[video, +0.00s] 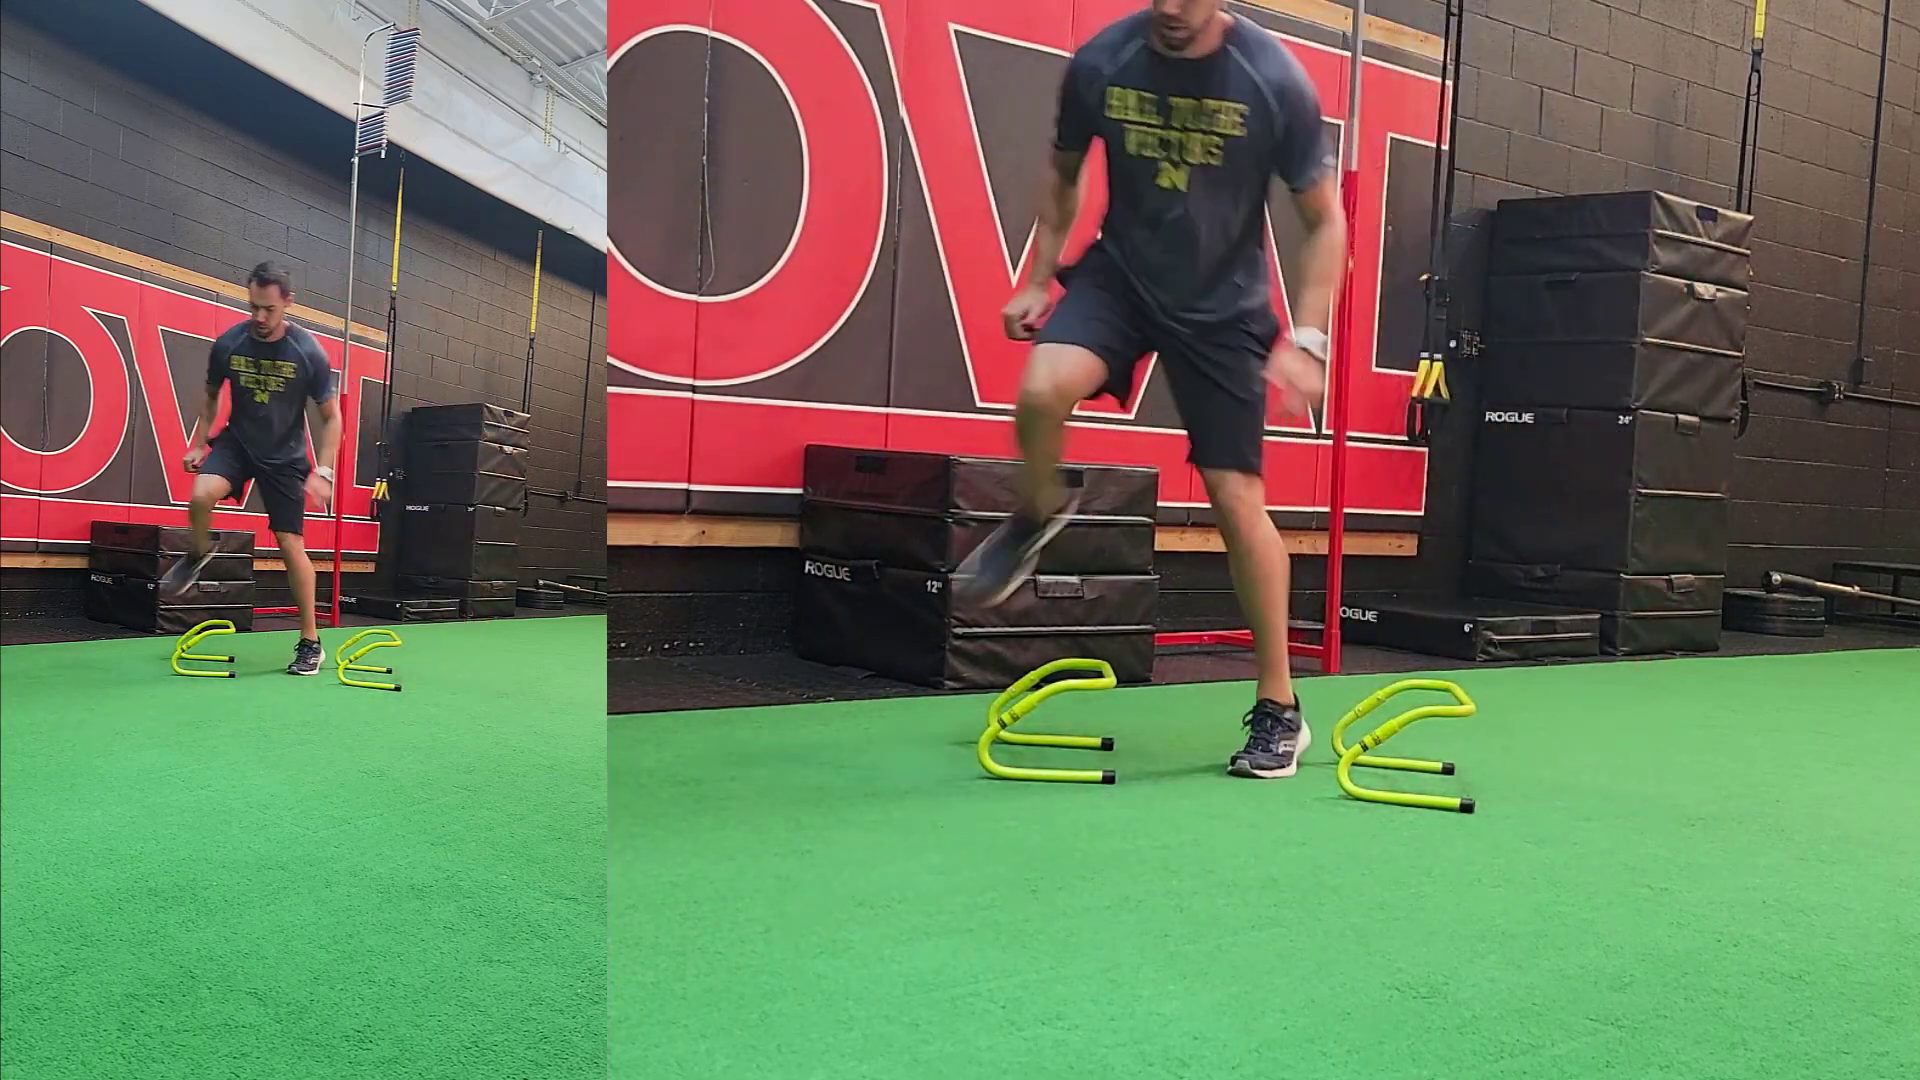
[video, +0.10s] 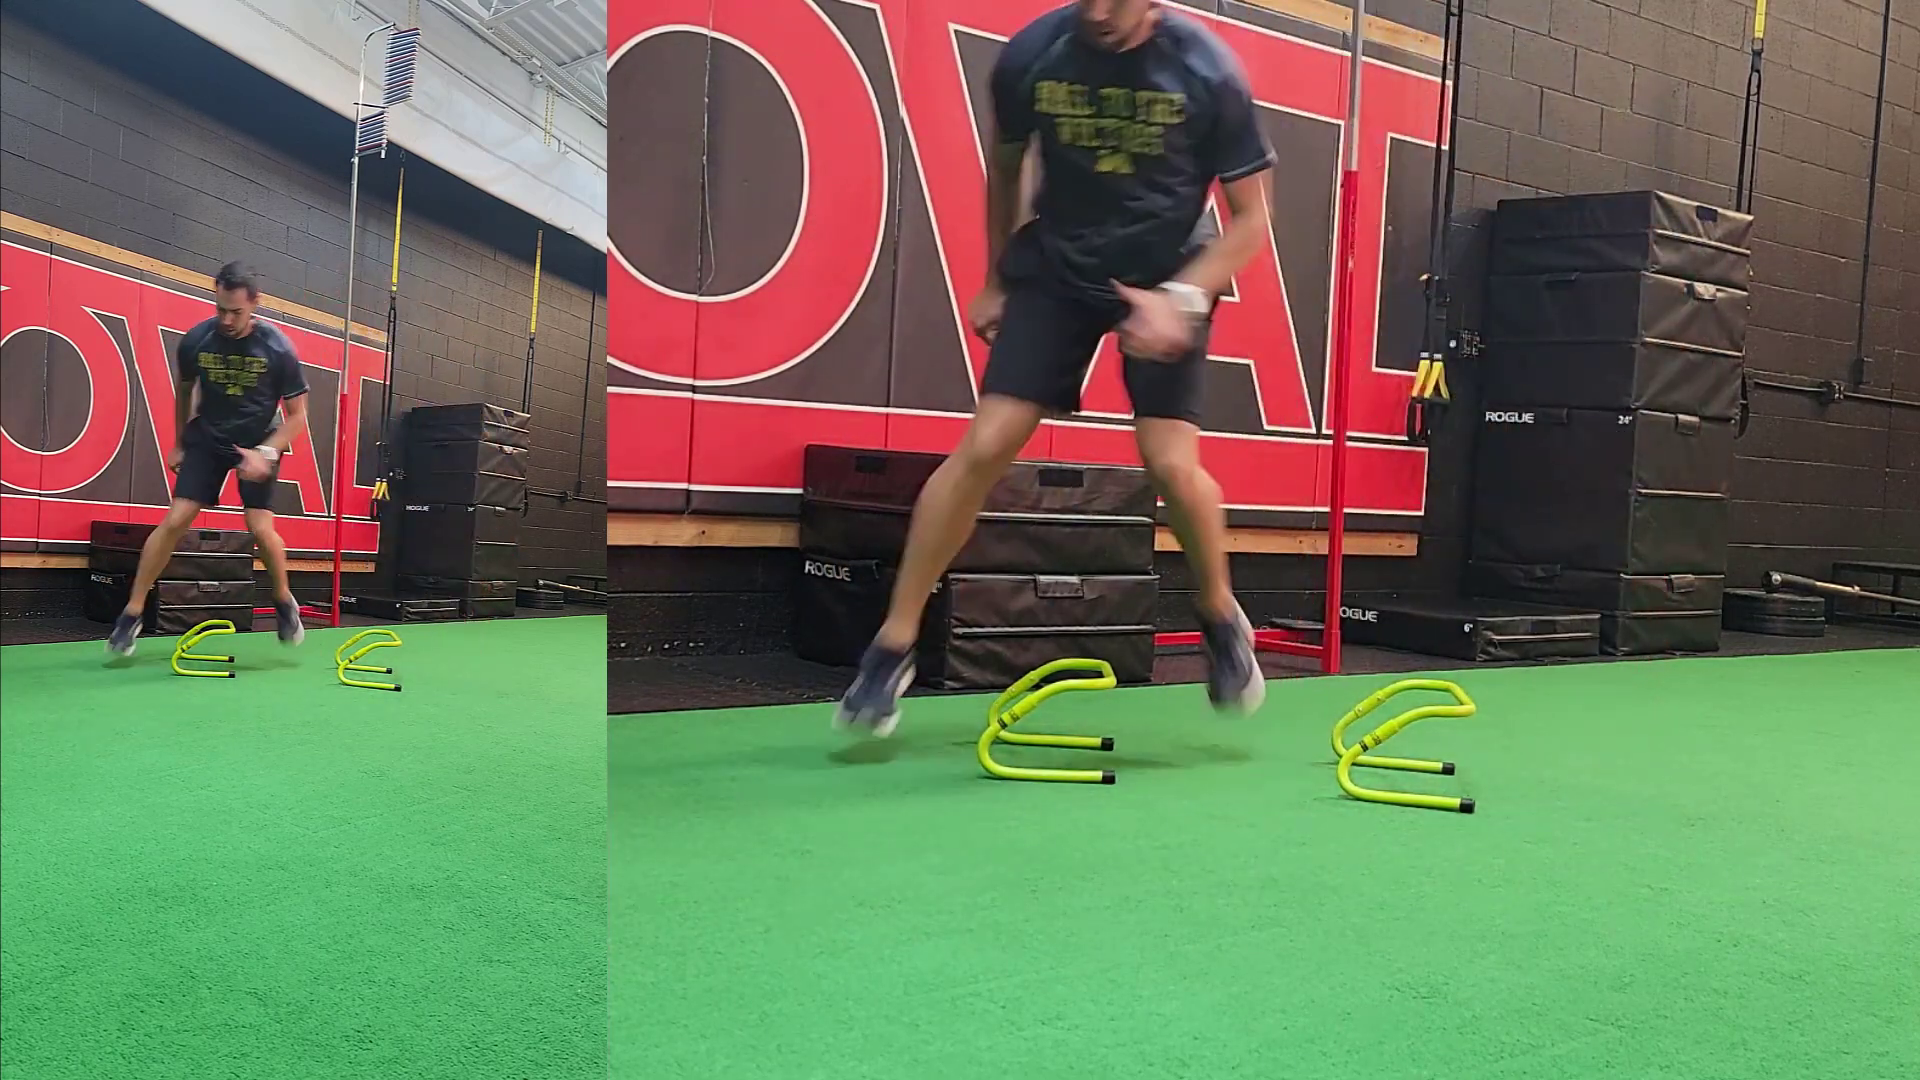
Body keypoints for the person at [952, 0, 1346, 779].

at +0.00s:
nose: (1172, 10)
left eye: (1191, 0)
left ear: (1227, 2)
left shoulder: (1276, 83)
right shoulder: (1098, 64)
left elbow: (1324, 219)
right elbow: (1064, 175)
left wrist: (1307, 339)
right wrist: (1038, 278)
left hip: (1224, 304)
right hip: (1119, 279)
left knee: (1234, 495)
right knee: (1040, 392)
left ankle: (1278, 705)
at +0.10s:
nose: (1098, 12)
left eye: (1116, 2)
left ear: (1152, 0)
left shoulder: (1207, 75)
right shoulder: (1028, 59)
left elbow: (1254, 218)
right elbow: (1005, 163)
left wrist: (1184, 295)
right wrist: (995, 278)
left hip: (1165, 280)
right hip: (1054, 271)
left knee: (1171, 464)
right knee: (983, 447)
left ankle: (1219, 614)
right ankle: (895, 641)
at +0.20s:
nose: (1030, 63)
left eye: (1048, 46)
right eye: (1018, 43)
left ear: (1087, 29)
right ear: (1002, 29)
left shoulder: (1136, 129)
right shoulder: (961, 107)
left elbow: (1145, 287)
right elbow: (948, 208)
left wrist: (1030, 264)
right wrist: (939, 295)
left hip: (1101, 320)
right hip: (993, 313)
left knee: (1094, 460)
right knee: (939, 494)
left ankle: (1120, 512)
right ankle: (866, 693)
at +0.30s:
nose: (976, 110)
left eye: (995, 93)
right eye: (963, 88)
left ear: (1037, 73)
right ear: (949, 70)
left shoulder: (1091, 177)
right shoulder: (918, 140)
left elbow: (1054, 330)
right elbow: (908, 229)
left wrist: (959, 243)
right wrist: (905, 305)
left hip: (1060, 355)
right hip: (956, 343)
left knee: (1032, 480)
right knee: (905, 502)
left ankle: (1009, 514)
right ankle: (864, 692)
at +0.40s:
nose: (936, 131)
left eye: (954, 114)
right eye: (921, 112)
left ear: (995, 87)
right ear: (904, 90)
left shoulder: (1053, 187)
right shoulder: (891, 146)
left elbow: (1000, 342)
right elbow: (897, 234)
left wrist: (911, 244)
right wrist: (891, 297)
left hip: (1036, 360)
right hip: (932, 347)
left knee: (982, 493)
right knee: (892, 502)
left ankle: (945, 545)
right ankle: (860, 695)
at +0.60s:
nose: (918, 129)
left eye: (937, 110)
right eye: (903, 108)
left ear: (977, 85)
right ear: (884, 86)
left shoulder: (1037, 183)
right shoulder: (866, 155)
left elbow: (1013, 345)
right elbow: (873, 248)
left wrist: (916, 257)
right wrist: (876, 313)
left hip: (1018, 366)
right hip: (918, 349)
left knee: (945, 487)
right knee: (879, 499)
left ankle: (917, 567)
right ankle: (858, 694)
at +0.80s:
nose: (975, 92)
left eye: (991, 70)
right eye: (956, 74)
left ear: (1018, 52)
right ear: (931, 60)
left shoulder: (1074, 152)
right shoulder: (898, 151)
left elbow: (1144, 284)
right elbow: (874, 287)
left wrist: (1175, 408)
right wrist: (855, 405)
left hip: (1050, 348)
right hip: (943, 350)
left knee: (998, 480)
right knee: (891, 502)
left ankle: (1083, 522)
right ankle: (861, 696)